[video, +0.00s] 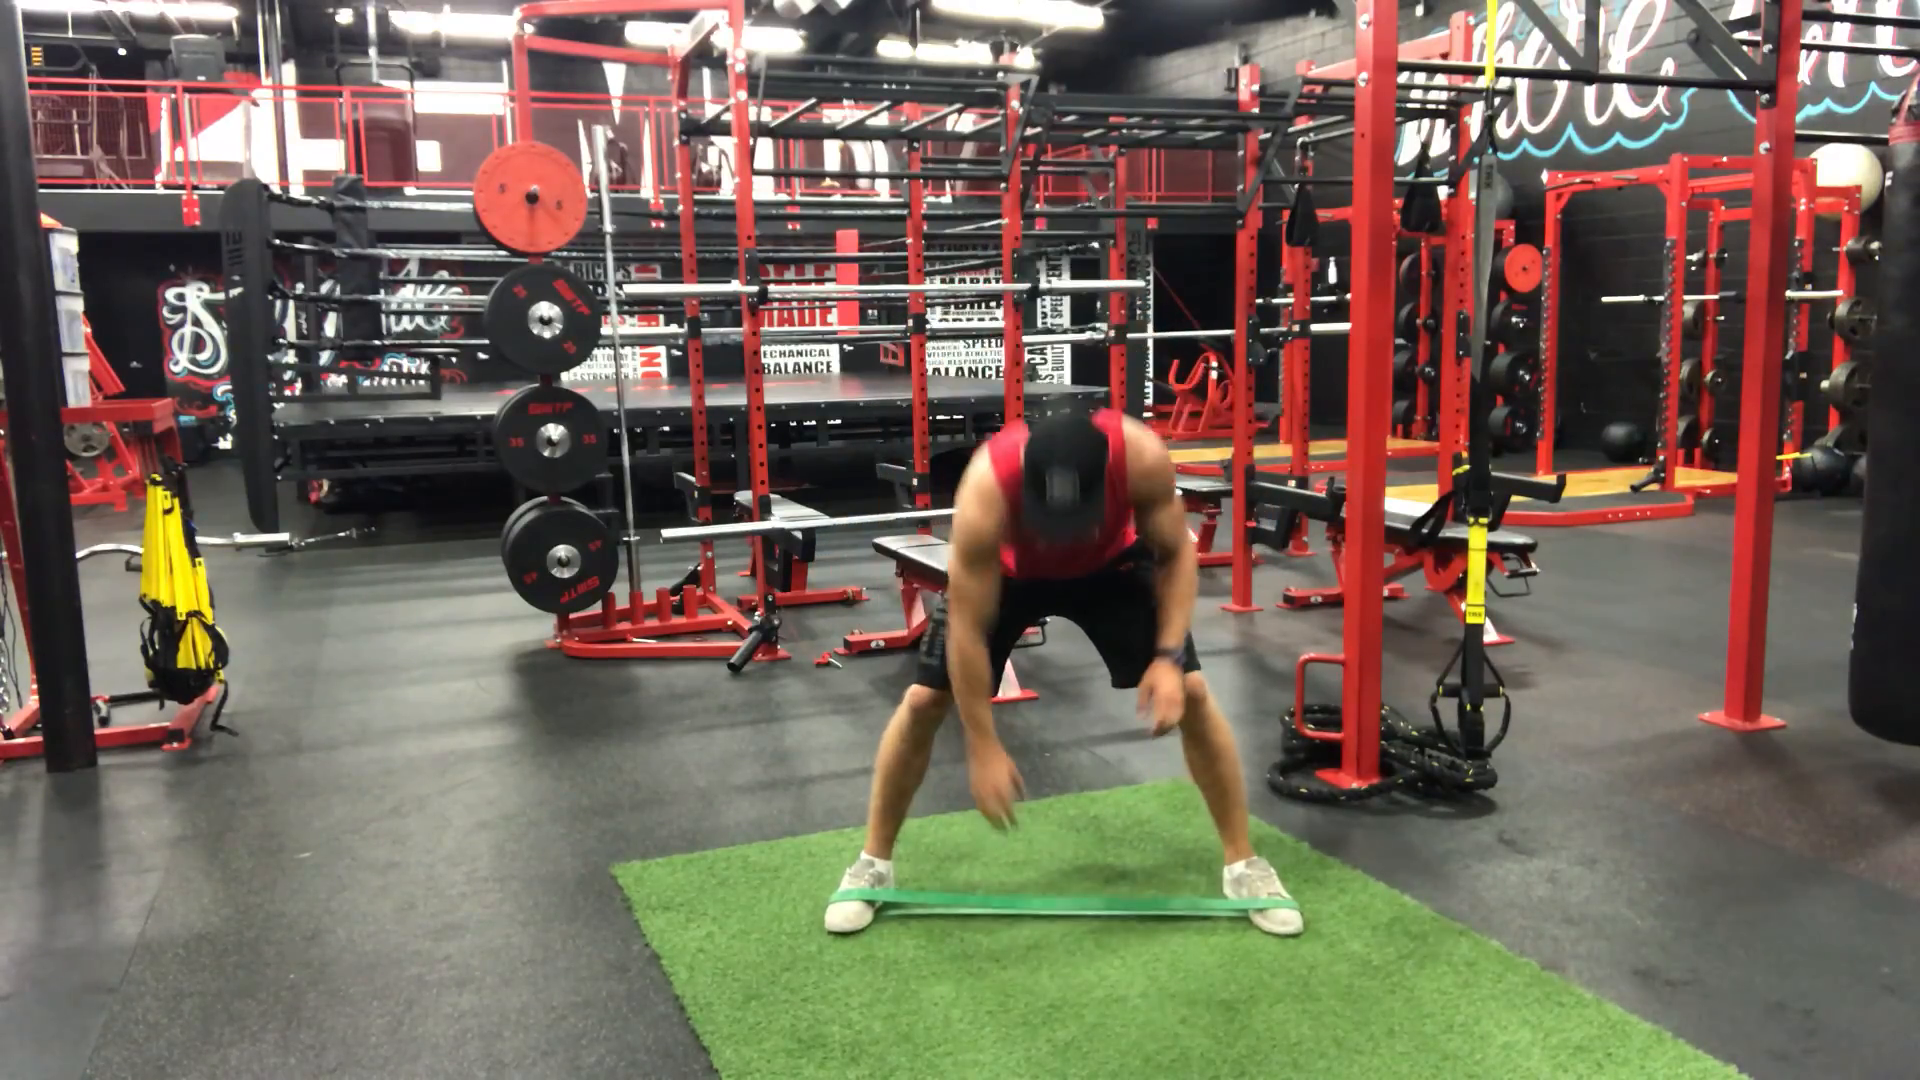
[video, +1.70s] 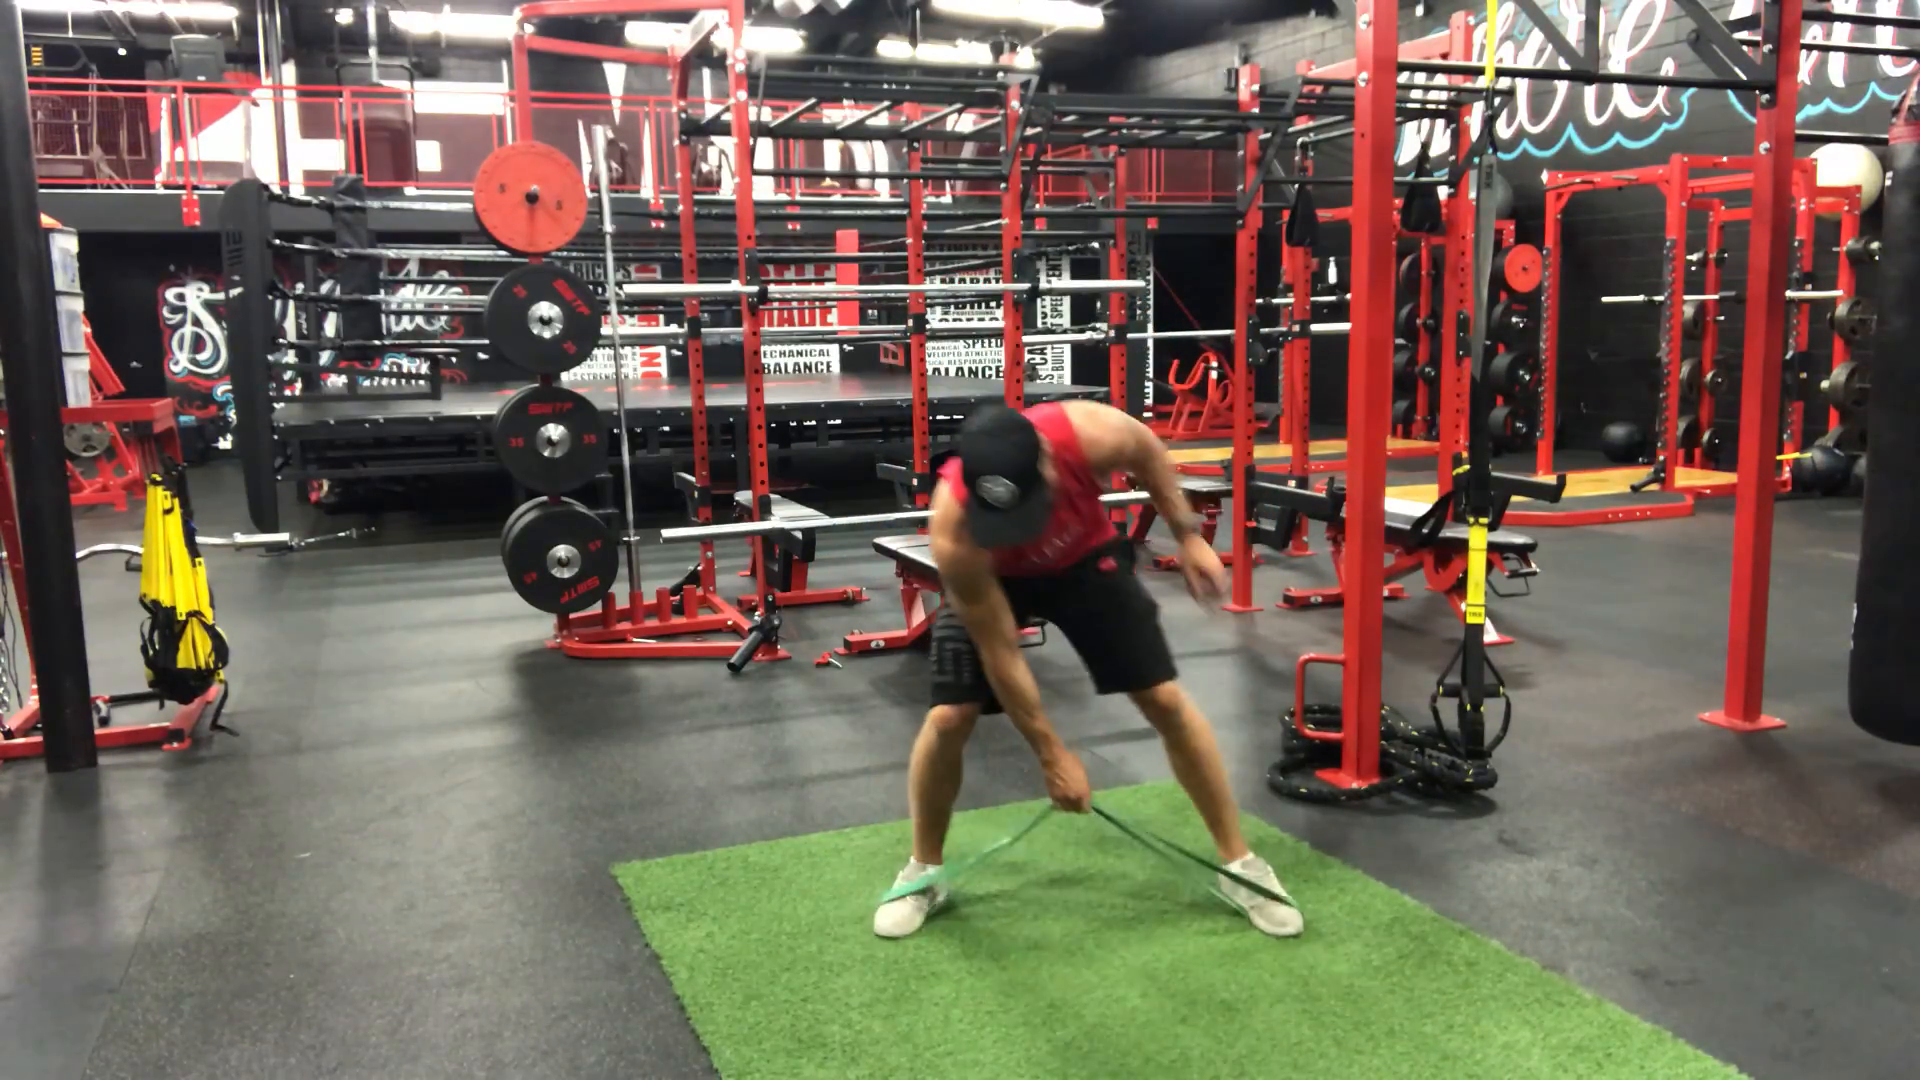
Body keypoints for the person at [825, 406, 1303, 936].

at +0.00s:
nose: (1065, 532)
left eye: (1080, 523)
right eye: (1050, 524)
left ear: (1107, 478)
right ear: (1026, 481)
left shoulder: (1143, 458)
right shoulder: (985, 489)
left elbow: (1177, 553)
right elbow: (967, 627)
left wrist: (1168, 657)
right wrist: (984, 748)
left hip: (1112, 566)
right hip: (1005, 572)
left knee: (1192, 694)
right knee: (922, 701)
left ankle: (1243, 863)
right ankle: (872, 860)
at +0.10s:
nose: (1061, 603)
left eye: (1076, 590)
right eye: (1047, 591)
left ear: (1109, 544)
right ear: (1025, 552)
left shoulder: (1145, 501)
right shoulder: (989, 559)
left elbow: (1166, 576)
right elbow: (989, 694)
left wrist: (1150, 671)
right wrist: (1012, 809)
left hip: (1116, 574)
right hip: (1003, 577)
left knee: (1195, 692)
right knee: (922, 703)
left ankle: (1243, 862)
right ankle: (872, 861)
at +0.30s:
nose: (1066, 688)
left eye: (1082, 679)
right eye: (1057, 681)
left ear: (1115, 618)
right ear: (1038, 627)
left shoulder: (1149, 549)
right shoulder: (1000, 627)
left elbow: (1172, 596)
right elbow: (1011, 758)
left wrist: (1144, 680)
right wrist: (1041, 865)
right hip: (1001, 553)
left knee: (1196, 690)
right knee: (926, 707)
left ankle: (1245, 864)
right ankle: (873, 862)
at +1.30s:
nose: (1109, 609)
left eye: (1124, 598)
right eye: (1098, 598)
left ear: (1160, 554)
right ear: (1079, 560)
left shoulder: (1192, 512)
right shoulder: (1046, 576)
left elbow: (1204, 592)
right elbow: (1041, 716)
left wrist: (1175, 675)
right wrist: (1056, 830)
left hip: (1147, 579)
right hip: (1039, 573)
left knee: (1206, 702)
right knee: (955, 715)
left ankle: (1244, 862)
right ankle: (874, 862)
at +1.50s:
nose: (1090, 566)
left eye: (1107, 556)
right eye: (1079, 556)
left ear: (1143, 514)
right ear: (1059, 528)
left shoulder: (1181, 480)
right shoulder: (1027, 542)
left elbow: (1240, 546)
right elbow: (1039, 685)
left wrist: (1233, 643)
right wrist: (1066, 789)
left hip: (1137, 569)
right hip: (1037, 571)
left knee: (1207, 702)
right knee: (955, 698)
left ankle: (1246, 864)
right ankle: (905, 853)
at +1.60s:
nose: (1047, 554)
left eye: (1060, 542)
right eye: (1033, 545)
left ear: (1092, 490)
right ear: (1012, 505)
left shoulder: (1132, 459)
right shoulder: (987, 532)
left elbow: (1209, 497)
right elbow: (1028, 665)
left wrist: (1227, 590)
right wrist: (1069, 769)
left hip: (1113, 567)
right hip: (1013, 581)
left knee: (1189, 702)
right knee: (956, 716)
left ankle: (1243, 863)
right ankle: (925, 866)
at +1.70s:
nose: (1011, 531)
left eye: (1022, 511)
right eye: (995, 519)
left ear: (1047, 463)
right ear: (970, 487)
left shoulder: (1088, 434)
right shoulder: (953, 528)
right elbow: (1000, 651)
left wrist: (1189, 534)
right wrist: (1052, 755)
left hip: (1085, 562)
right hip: (987, 582)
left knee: (1166, 701)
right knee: (948, 719)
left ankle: (1237, 859)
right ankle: (923, 867)